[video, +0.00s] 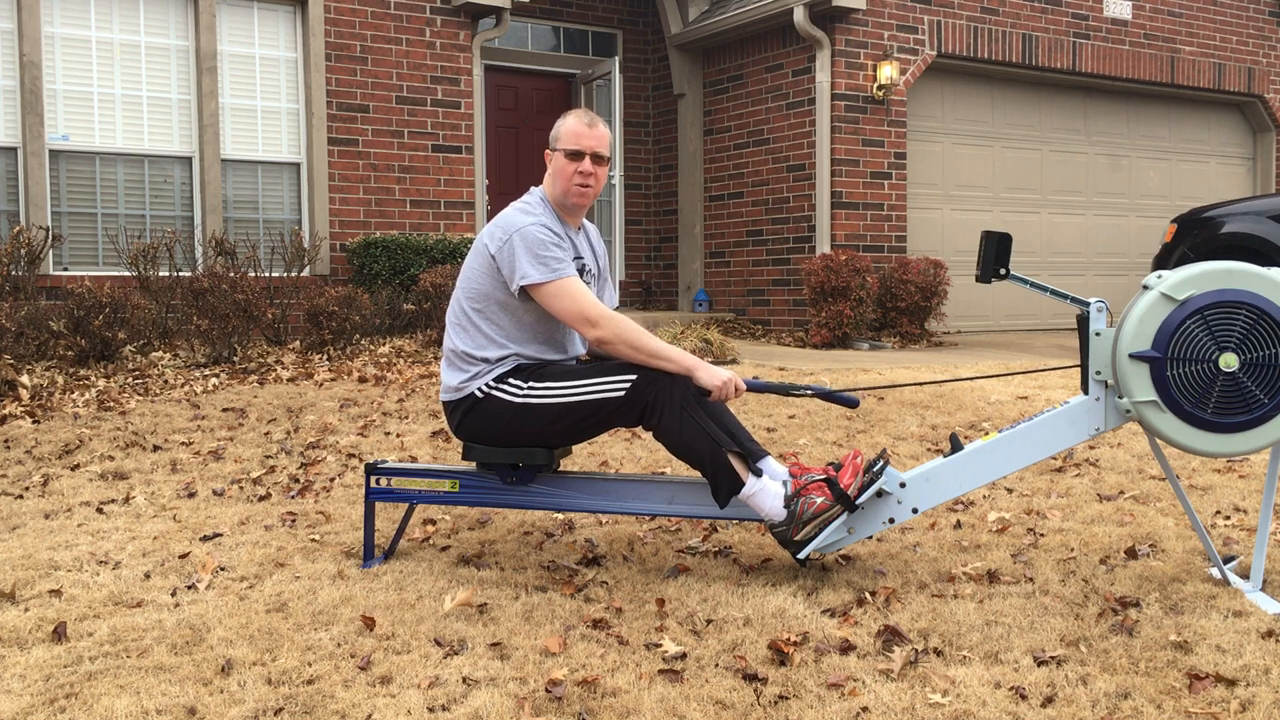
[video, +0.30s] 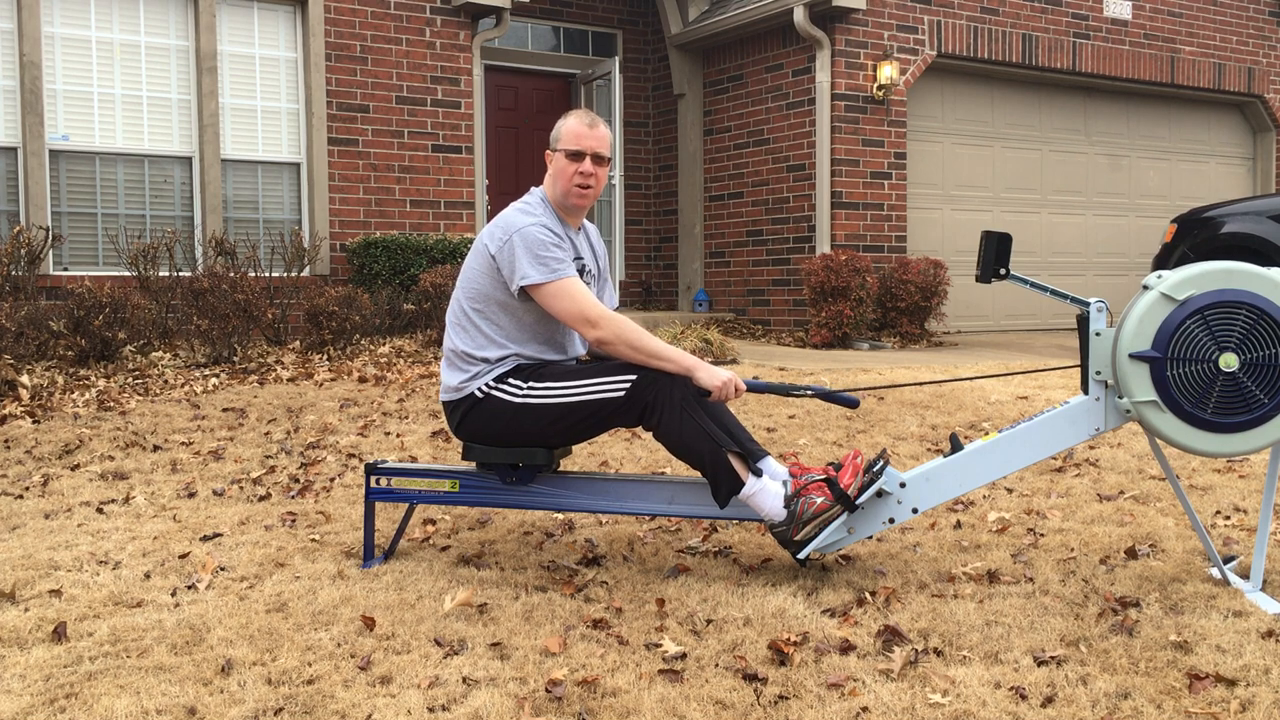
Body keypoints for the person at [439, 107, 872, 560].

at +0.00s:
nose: (586, 170)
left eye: (598, 160)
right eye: (573, 156)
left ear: (608, 170)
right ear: (547, 159)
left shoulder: (589, 239)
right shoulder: (524, 227)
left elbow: (603, 335)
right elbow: (595, 324)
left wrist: (697, 372)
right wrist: (697, 368)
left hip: (543, 375)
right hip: (489, 390)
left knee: (675, 378)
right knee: (653, 386)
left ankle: (787, 484)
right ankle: (777, 510)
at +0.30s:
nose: (587, 171)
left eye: (599, 161)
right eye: (574, 157)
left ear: (609, 171)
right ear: (548, 159)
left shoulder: (589, 239)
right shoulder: (524, 227)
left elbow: (602, 335)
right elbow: (594, 324)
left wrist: (695, 372)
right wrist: (695, 367)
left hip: (544, 376)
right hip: (489, 390)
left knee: (675, 377)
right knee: (653, 386)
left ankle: (787, 484)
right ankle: (776, 509)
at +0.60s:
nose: (588, 171)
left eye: (600, 162)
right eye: (575, 157)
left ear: (610, 171)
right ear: (548, 160)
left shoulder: (590, 240)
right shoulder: (524, 227)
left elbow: (602, 336)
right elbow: (594, 324)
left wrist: (695, 372)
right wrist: (694, 367)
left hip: (542, 377)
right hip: (489, 390)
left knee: (675, 379)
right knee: (654, 387)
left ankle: (787, 485)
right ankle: (777, 509)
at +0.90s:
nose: (589, 171)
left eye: (601, 162)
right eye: (576, 157)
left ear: (610, 171)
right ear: (549, 160)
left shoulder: (590, 240)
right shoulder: (524, 227)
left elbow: (602, 336)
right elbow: (595, 325)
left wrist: (695, 372)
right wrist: (696, 368)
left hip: (543, 377)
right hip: (489, 390)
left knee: (676, 378)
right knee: (653, 386)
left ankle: (786, 485)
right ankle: (776, 509)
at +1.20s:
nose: (588, 171)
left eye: (600, 162)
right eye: (576, 157)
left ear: (609, 172)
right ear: (548, 160)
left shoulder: (589, 239)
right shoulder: (524, 227)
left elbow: (603, 335)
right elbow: (595, 325)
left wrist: (695, 373)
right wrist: (696, 368)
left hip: (543, 376)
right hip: (488, 389)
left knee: (675, 378)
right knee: (653, 386)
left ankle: (784, 483)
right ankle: (776, 509)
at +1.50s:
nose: (589, 172)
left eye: (601, 163)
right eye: (577, 157)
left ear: (610, 172)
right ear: (549, 160)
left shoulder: (588, 240)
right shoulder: (524, 227)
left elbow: (603, 336)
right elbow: (595, 325)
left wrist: (695, 373)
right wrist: (697, 368)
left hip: (543, 376)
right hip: (488, 390)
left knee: (674, 379)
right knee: (653, 386)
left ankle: (785, 483)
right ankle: (776, 509)